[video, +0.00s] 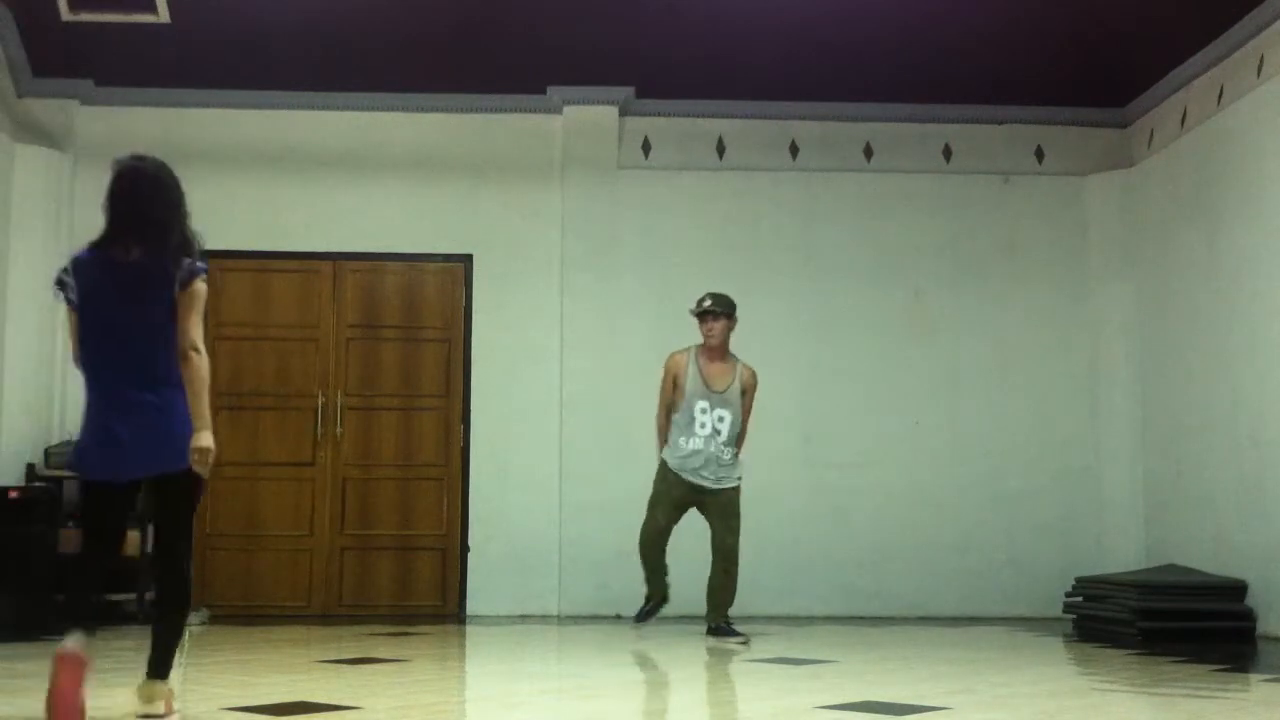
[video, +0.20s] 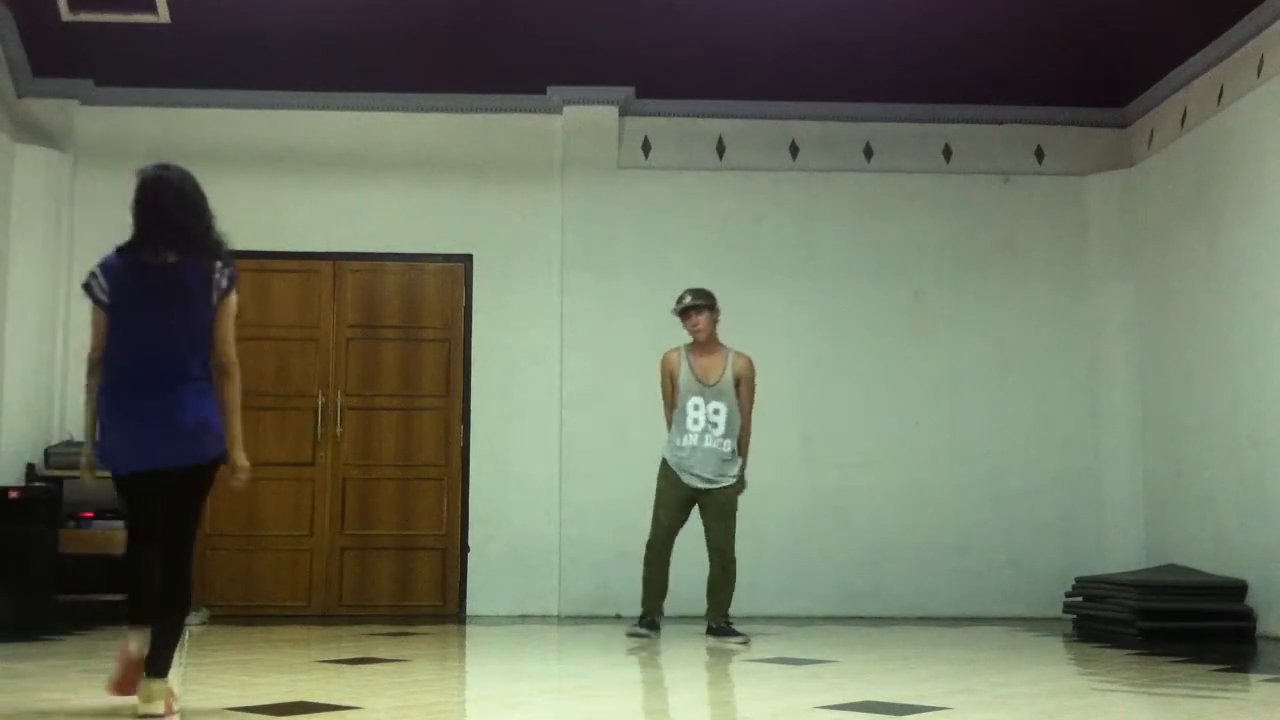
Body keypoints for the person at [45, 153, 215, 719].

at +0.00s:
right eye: (171, 202)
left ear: (112, 205)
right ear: (172, 207)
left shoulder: (82, 268)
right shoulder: (185, 266)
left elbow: (79, 354)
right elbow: (191, 349)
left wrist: (123, 383)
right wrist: (203, 427)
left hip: (105, 436)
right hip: (171, 432)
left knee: (98, 548)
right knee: (173, 559)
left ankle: (76, 639)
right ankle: (157, 683)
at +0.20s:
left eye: (143, 202)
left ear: (139, 210)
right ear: (196, 210)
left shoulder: (112, 270)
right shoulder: (215, 271)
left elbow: (96, 360)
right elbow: (224, 362)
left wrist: (92, 433)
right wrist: (235, 444)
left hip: (125, 431)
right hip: (192, 430)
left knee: (143, 537)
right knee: (177, 551)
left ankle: (135, 639)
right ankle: (158, 682)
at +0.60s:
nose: (169, 247)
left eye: (172, 240)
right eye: (172, 239)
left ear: (182, 248)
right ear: (226, 248)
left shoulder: (162, 301)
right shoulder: (249, 306)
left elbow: (139, 374)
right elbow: (259, 379)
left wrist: (119, 442)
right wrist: (256, 430)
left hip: (167, 446)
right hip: (224, 447)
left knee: (168, 550)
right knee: (213, 546)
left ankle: (183, 668)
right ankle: (199, 613)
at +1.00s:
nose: (211, 276)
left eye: (218, 269)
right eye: (213, 269)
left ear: (238, 274)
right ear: (249, 275)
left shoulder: (240, 324)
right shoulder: (261, 325)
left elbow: (217, 382)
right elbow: (269, 397)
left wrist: (194, 419)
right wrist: (273, 456)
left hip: (230, 450)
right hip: (251, 450)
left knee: (213, 549)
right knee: (241, 548)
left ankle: (210, 655)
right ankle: (264, 643)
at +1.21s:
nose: (239, 286)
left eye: (246, 278)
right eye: (239, 278)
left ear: (269, 280)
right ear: (262, 282)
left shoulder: (289, 326)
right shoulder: (252, 328)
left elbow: (289, 393)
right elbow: (247, 391)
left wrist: (266, 447)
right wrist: (238, 447)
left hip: (272, 450)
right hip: (247, 449)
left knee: (252, 542)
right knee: (251, 543)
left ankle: (279, 641)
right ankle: (279, 639)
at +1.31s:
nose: (255, 287)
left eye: (263, 279)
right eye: (254, 279)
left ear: (287, 283)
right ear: (255, 285)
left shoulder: (304, 328)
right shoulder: (255, 331)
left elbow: (319, 383)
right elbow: (258, 397)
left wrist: (329, 437)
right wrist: (240, 442)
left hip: (294, 457)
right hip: (255, 459)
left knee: (283, 543)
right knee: (263, 549)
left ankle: (330, 622)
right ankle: (267, 643)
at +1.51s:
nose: (299, 299)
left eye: (309, 293)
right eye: (293, 292)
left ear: (325, 300)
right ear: (284, 299)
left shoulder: (340, 344)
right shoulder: (278, 345)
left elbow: (376, 391)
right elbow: (265, 402)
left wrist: (397, 399)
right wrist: (235, 449)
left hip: (329, 465)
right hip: (282, 464)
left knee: (342, 546)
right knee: (276, 550)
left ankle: (366, 621)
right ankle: (267, 643)